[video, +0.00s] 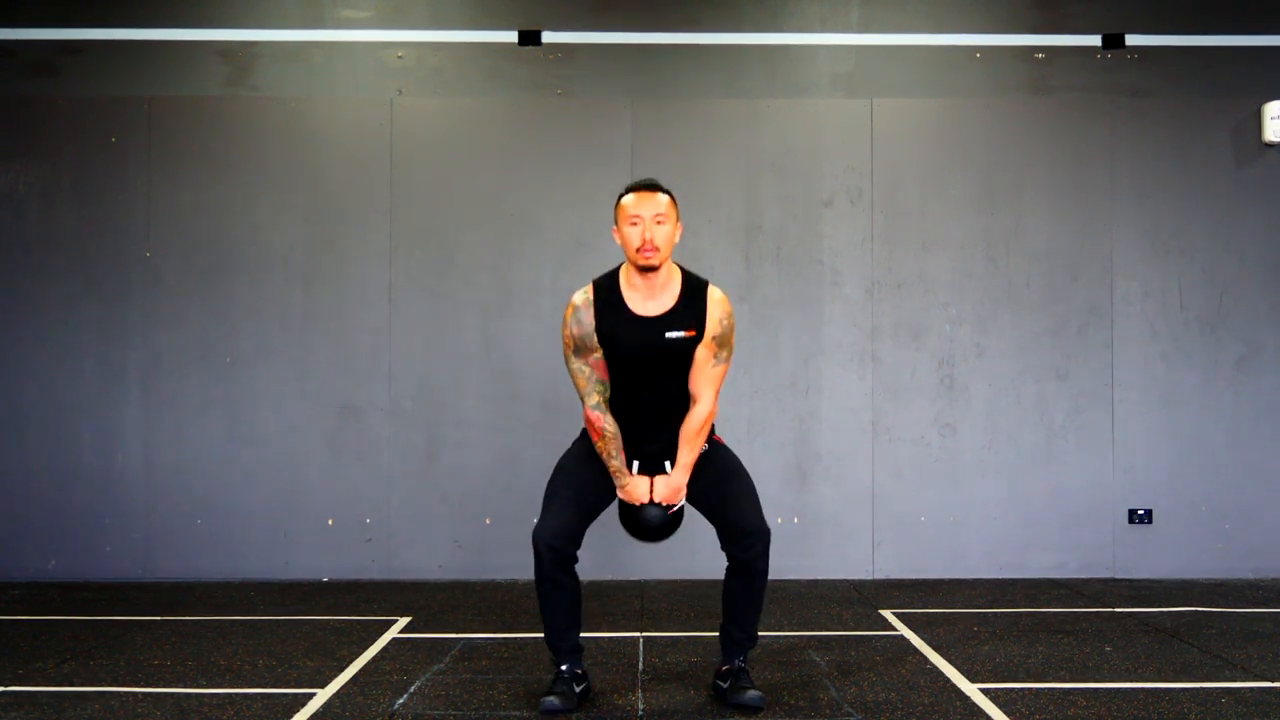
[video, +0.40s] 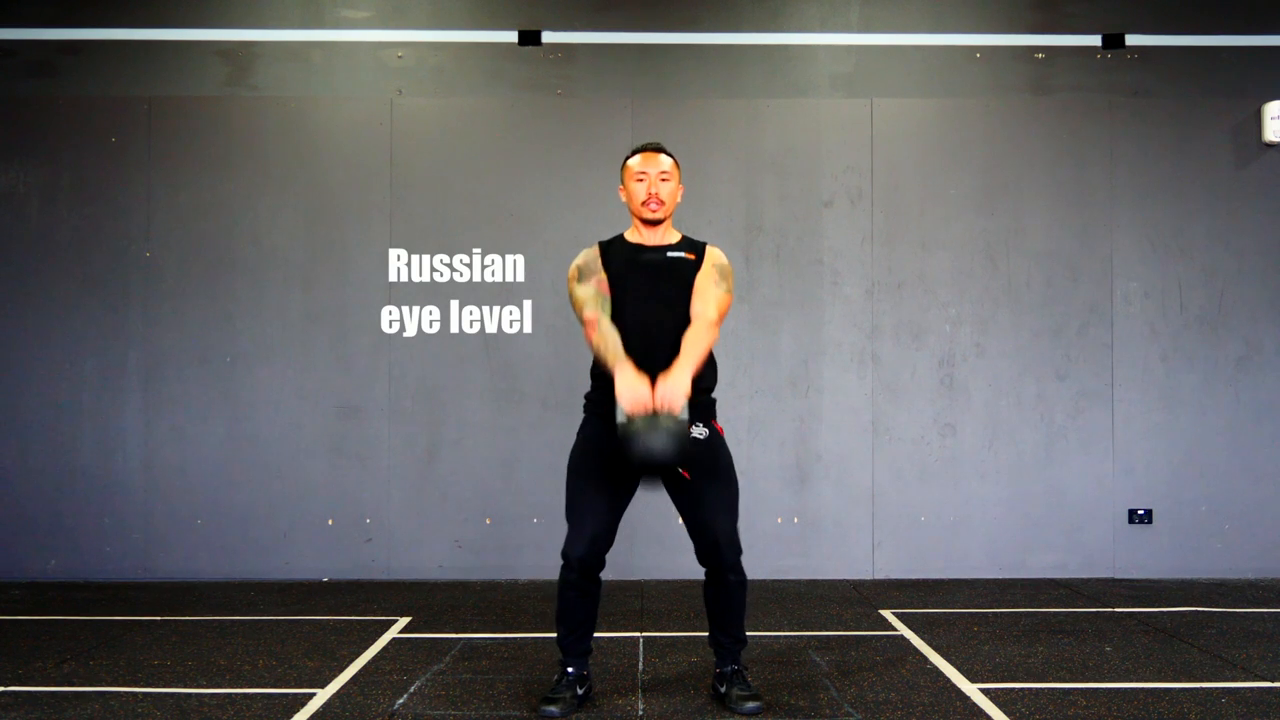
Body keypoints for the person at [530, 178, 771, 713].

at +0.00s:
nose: (646, 234)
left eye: (659, 222)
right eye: (633, 223)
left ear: (677, 231)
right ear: (617, 233)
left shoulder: (712, 306)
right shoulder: (586, 309)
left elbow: (703, 401)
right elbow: (595, 405)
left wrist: (681, 472)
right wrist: (621, 474)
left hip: (690, 445)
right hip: (609, 445)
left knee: (750, 535)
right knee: (552, 537)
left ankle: (734, 668)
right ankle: (568, 673)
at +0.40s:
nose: (653, 188)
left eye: (664, 178)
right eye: (641, 178)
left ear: (680, 190)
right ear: (623, 191)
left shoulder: (712, 261)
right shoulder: (590, 263)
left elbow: (705, 324)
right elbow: (596, 324)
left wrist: (680, 373)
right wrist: (623, 369)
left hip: (691, 426)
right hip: (610, 426)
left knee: (723, 553)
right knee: (581, 553)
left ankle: (730, 672)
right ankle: (573, 673)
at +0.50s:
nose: (655, 180)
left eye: (667, 172)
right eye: (644, 172)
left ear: (682, 189)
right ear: (625, 189)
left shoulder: (706, 251)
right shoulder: (597, 250)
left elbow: (707, 283)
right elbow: (594, 276)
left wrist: (671, 287)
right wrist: (622, 284)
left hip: (690, 415)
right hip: (612, 413)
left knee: (716, 543)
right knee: (583, 544)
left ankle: (729, 670)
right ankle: (573, 672)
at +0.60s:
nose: (655, 175)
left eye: (666, 165)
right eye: (645, 164)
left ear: (681, 183)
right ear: (626, 180)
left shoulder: (702, 249)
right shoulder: (601, 247)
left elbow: (715, 260)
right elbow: (583, 250)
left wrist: (679, 199)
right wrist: (618, 204)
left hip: (687, 413)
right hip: (611, 411)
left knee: (712, 545)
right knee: (586, 545)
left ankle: (729, 670)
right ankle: (573, 672)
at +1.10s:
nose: (647, 166)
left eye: (659, 159)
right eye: (636, 159)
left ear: (676, 179)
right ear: (620, 179)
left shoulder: (701, 240)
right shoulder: (596, 242)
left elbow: (707, 269)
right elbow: (581, 262)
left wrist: (668, 267)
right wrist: (607, 266)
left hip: (687, 415)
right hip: (608, 413)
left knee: (713, 543)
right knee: (581, 544)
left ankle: (729, 670)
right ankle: (571, 672)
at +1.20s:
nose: (646, 167)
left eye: (658, 159)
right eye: (635, 159)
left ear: (676, 179)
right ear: (619, 178)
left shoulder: (705, 249)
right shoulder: (588, 248)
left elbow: (699, 311)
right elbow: (590, 308)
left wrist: (669, 357)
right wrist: (619, 352)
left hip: (685, 413)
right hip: (608, 412)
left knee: (722, 544)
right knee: (572, 545)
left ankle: (730, 670)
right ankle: (571, 672)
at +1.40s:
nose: (645, 204)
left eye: (656, 194)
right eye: (633, 194)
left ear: (675, 207)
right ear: (616, 209)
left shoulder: (707, 288)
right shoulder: (583, 289)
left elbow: (696, 389)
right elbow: (593, 389)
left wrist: (672, 465)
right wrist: (617, 464)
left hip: (686, 440)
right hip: (604, 439)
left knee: (745, 537)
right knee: (548, 541)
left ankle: (733, 670)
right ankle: (569, 674)